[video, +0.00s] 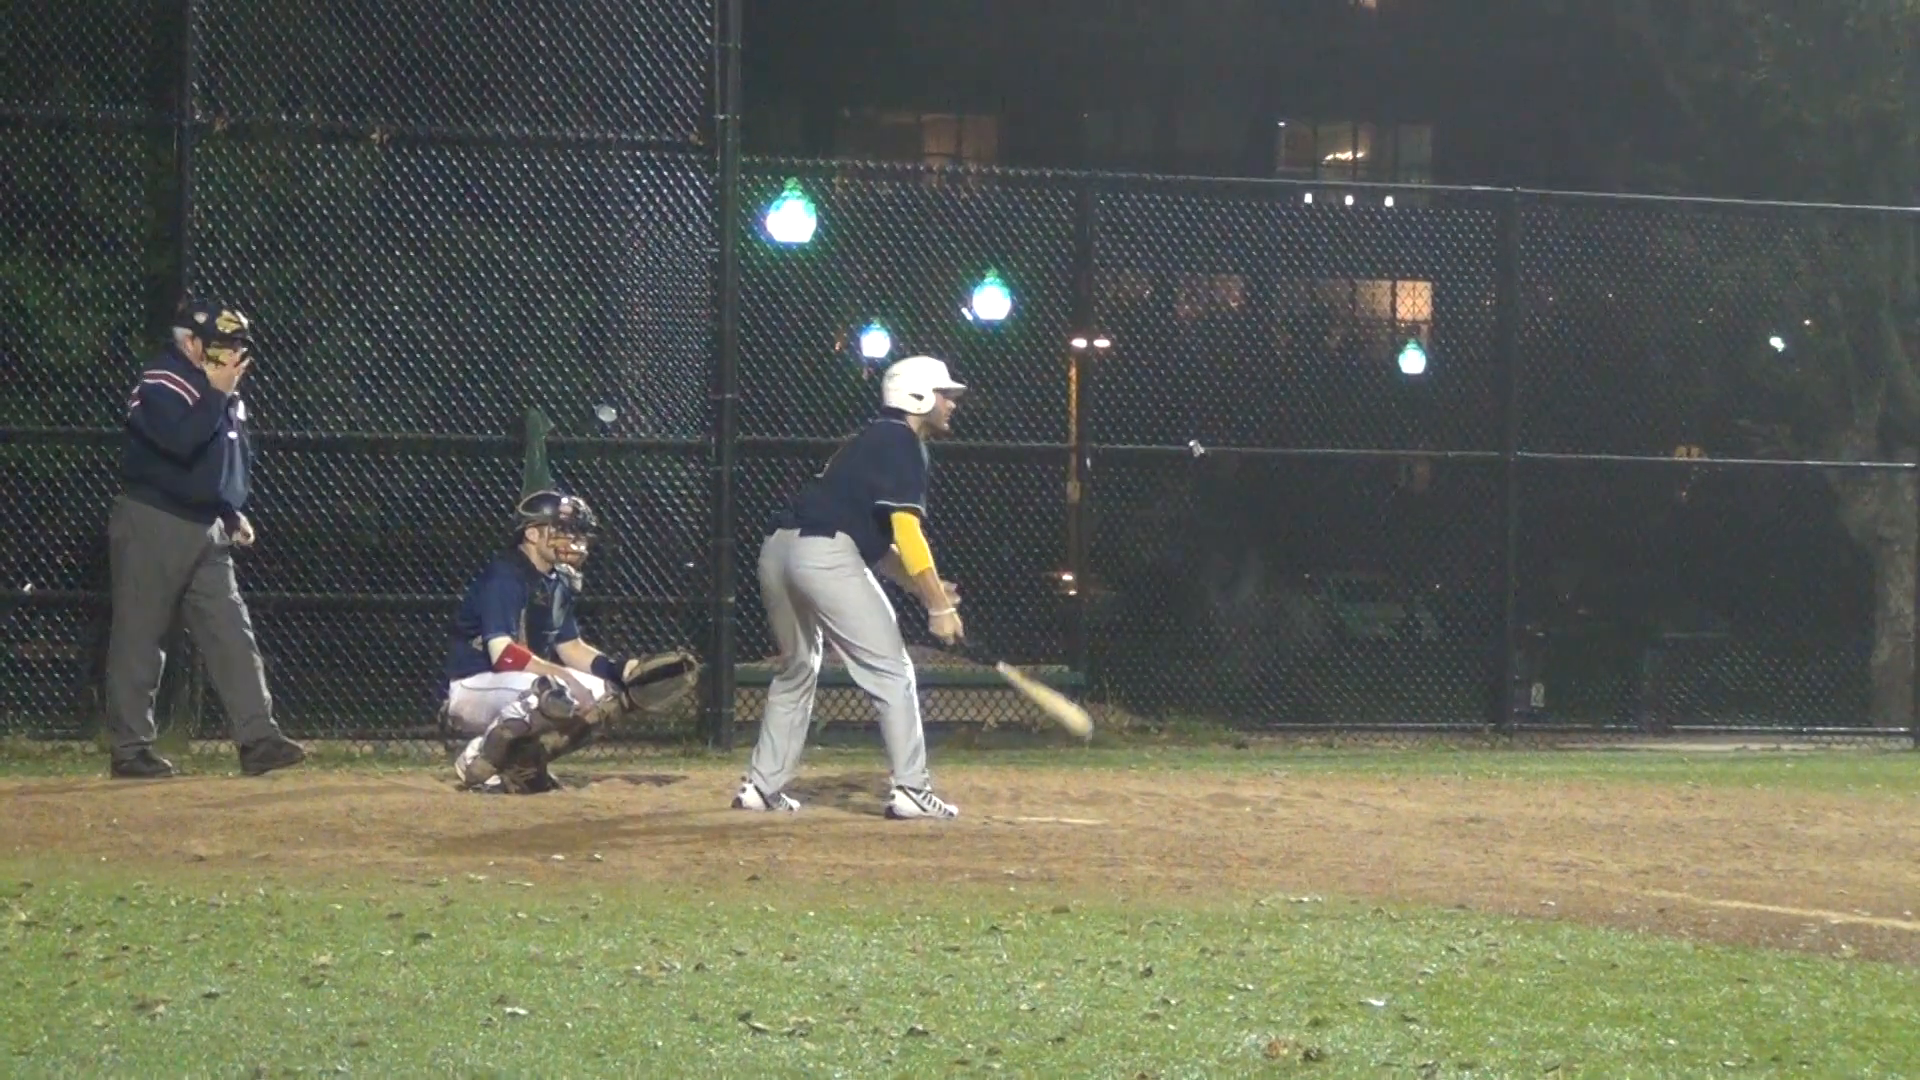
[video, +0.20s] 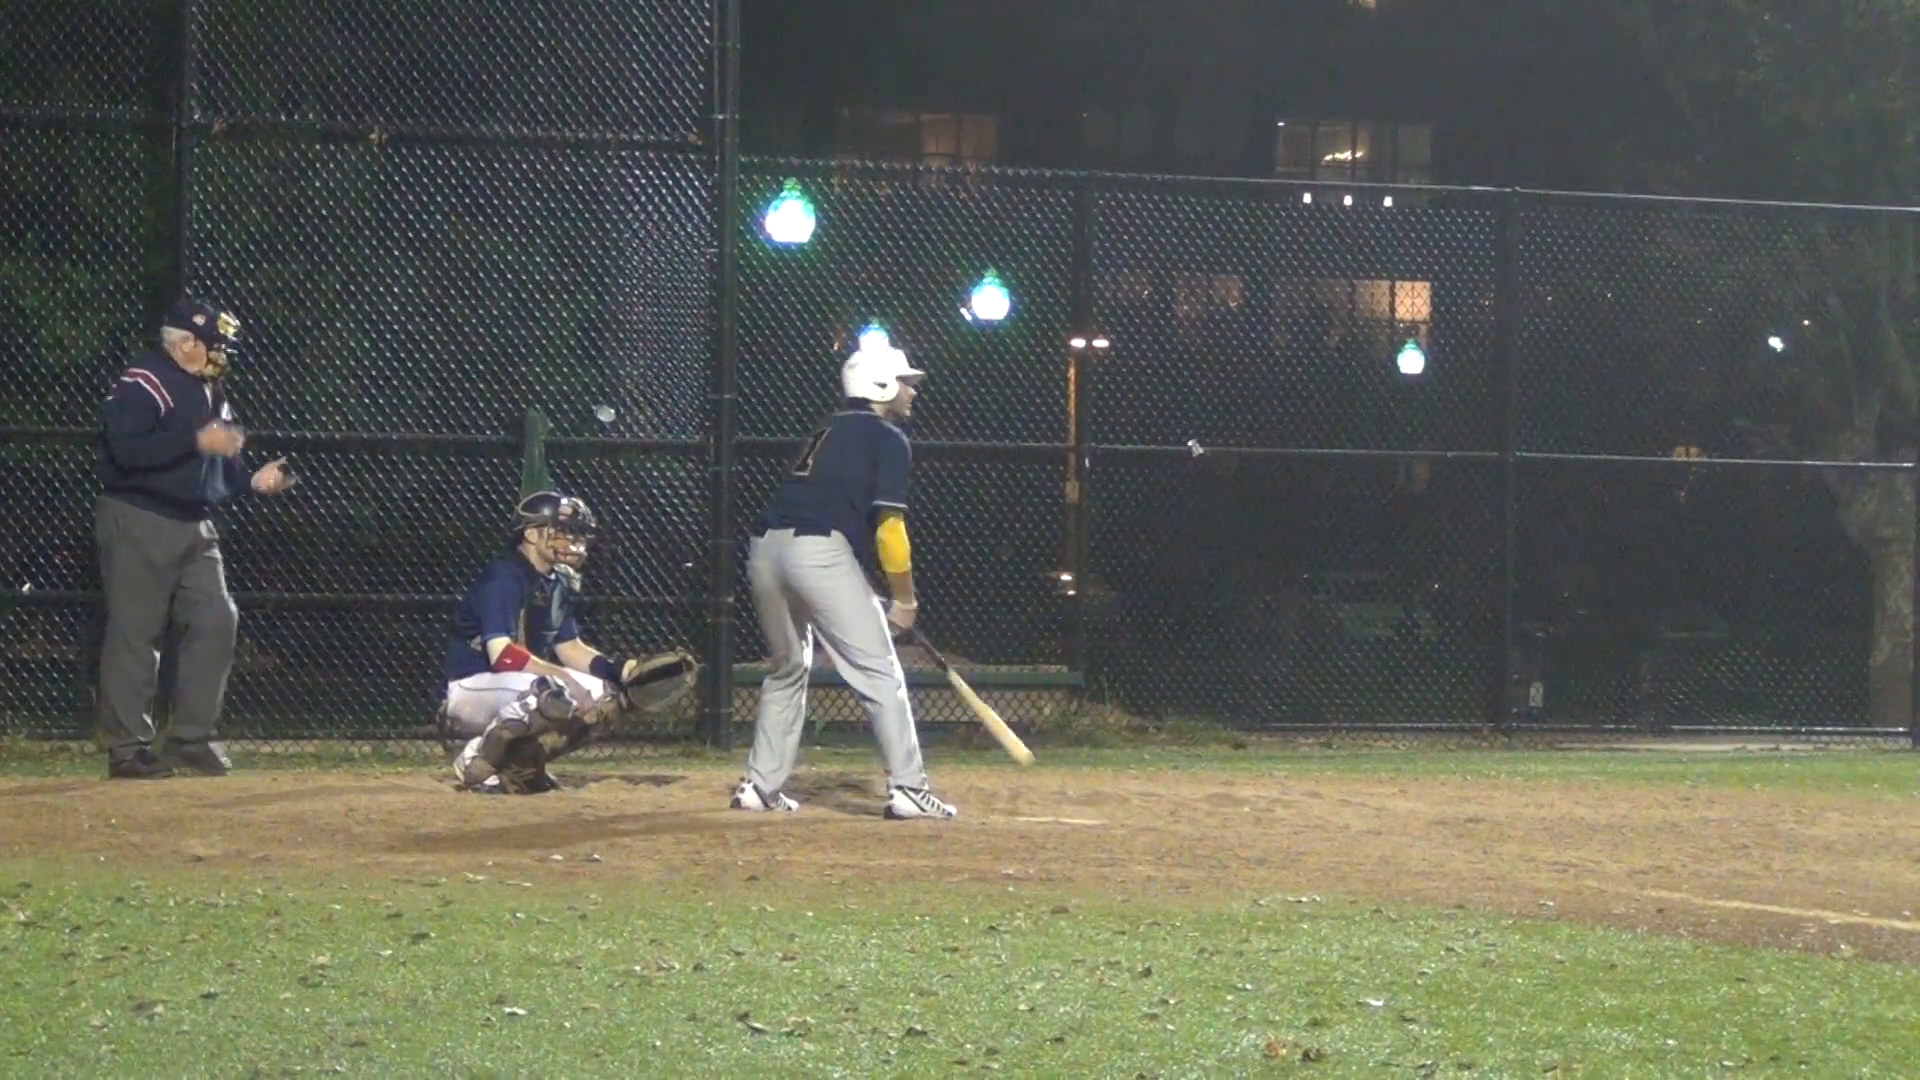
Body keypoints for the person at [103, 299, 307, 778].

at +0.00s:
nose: (233, 360)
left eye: (237, 352)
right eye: (224, 349)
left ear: (238, 354)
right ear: (195, 343)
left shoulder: (226, 393)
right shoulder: (162, 380)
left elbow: (230, 460)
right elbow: (179, 439)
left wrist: (234, 510)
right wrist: (218, 392)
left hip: (206, 530)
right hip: (152, 524)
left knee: (231, 634)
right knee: (139, 637)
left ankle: (259, 742)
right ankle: (131, 749)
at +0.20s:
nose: (216, 353)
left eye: (215, 344)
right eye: (209, 343)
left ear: (202, 346)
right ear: (185, 342)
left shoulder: (212, 394)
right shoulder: (143, 380)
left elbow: (213, 470)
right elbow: (127, 449)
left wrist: (250, 480)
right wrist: (196, 439)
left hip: (194, 528)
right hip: (138, 523)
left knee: (215, 621)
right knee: (136, 631)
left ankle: (190, 740)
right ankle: (127, 748)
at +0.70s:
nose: (219, 359)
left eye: (221, 351)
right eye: (214, 349)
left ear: (201, 349)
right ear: (187, 344)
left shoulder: (206, 397)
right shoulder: (140, 372)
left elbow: (218, 465)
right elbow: (78, 424)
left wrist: (271, 450)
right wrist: (82, 490)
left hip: (175, 525)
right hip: (125, 517)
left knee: (169, 626)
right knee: (145, 618)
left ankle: (160, 741)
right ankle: (121, 738)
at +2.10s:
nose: (146, 356)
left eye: (152, 347)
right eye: (138, 346)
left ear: (154, 349)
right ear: (111, 344)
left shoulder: (142, 394)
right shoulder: (78, 390)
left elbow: (140, 464)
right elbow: (40, 462)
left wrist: (141, 521)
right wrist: (76, 516)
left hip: (130, 535)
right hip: (76, 535)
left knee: (143, 640)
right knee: (78, 642)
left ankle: (164, 751)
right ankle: (75, 756)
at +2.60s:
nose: (191, 372)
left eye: (196, 364)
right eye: (182, 361)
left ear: (198, 367)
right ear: (154, 358)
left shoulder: (187, 414)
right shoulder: (122, 397)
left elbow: (207, 470)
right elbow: (140, 463)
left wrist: (262, 454)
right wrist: (206, 452)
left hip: (137, 539)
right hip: (83, 529)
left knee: (158, 640)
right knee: (84, 640)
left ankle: (182, 750)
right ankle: (79, 755)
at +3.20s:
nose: (234, 427)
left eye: (239, 419)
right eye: (227, 417)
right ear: (200, 413)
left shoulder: (212, 461)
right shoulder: (157, 447)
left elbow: (192, 531)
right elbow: (151, 525)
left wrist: (180, 583)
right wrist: (165, 589)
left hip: (140, 564)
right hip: (78, 550)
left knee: (173, 642)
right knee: (25, 644)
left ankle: (187, 750)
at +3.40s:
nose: (206, 477)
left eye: (212, 469)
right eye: (200, 467)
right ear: (173, 464)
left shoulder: (180, 503)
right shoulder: (130, 491)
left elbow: (166, 567)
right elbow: (116, 563)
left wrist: (172, 599)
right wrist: (151, 613)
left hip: (113, 600)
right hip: (44, 591)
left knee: (168, 643)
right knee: (4, 660)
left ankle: (187, 751)